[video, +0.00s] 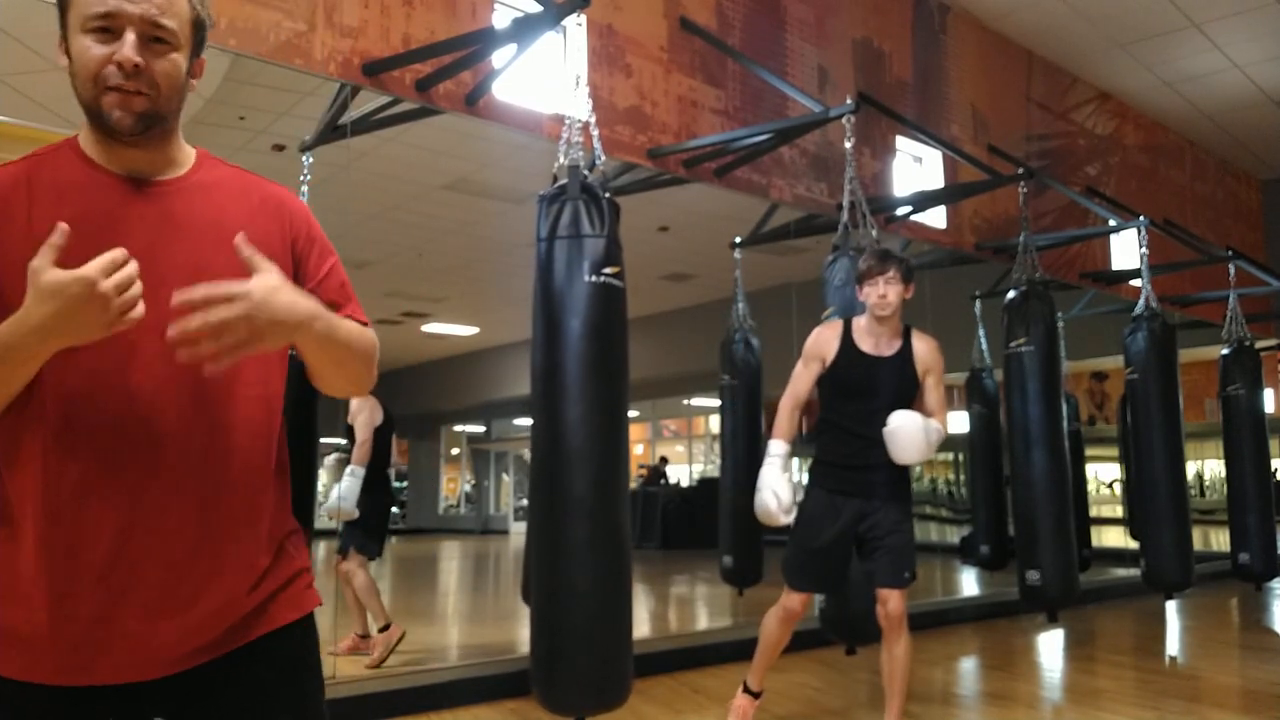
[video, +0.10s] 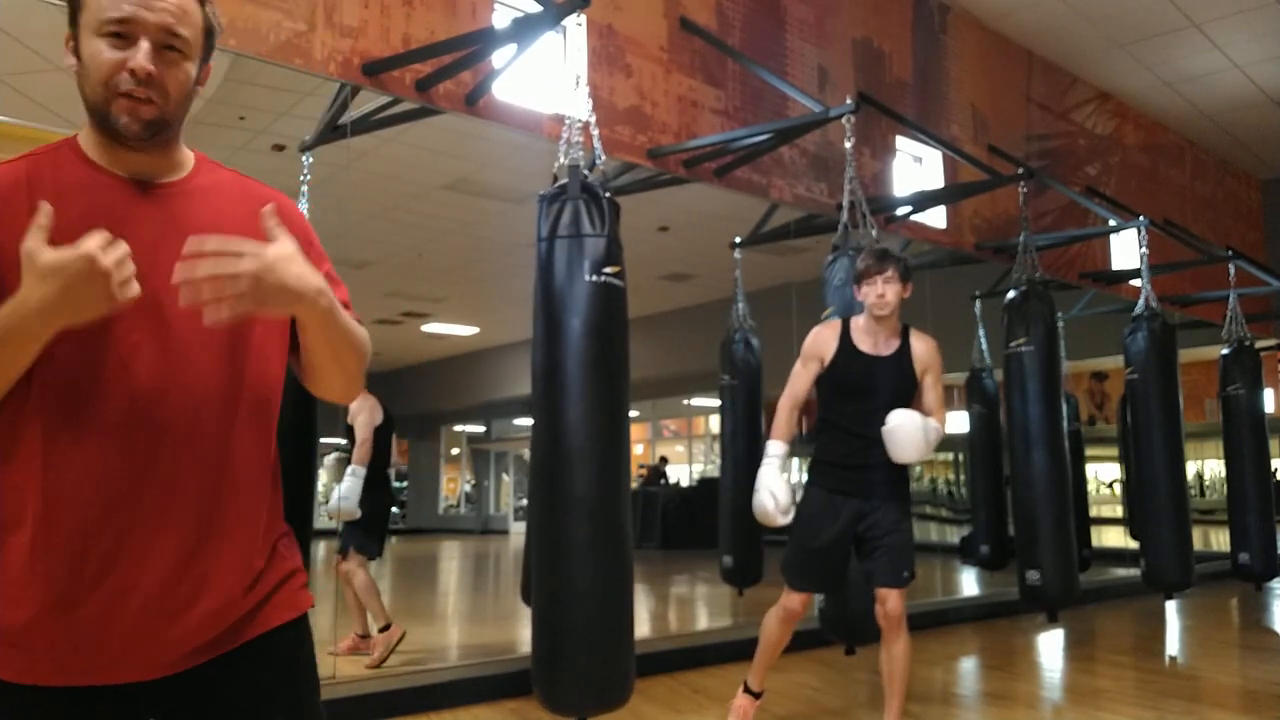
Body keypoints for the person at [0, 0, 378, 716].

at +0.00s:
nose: (128, 56)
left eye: (157, 39)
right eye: (103, 31)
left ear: (195, 70)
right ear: (64, 50)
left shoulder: (274, 213)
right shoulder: (8, 200)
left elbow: (358, 375)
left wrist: (302, 320)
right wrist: (31, 335)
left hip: (247, 634)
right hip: (44, 642)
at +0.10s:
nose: (140, 64)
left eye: (170, 47)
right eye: (117, 35)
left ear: (202, 75)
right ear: (73, 51)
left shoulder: (266, 213)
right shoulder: (8, 196)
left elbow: (343, 384)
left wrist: (310, 296)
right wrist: (34, 311)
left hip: (242, 633)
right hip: (45, 643)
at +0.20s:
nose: (152, 73)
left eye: (182, 56)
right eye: (129, 42)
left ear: (209, 80)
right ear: (81, 50)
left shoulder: (268, 219)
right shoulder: (11, 194)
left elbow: (326, 395)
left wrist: (318, 288)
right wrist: (28, 291)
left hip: (241, 633)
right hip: (44, 643)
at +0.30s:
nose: (168, 80)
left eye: (198, 61)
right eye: (145, 49)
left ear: (224, 83)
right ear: (96, 53)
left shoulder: (279, 224)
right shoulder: (15, 198)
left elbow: (323, 403)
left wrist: (325, 301)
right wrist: (39, 297)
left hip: (246, 640)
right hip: (47, 652)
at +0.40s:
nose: (188, 88)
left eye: (219, 70)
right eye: (166, 57)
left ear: (246, 91)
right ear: (118, 59)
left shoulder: (296, 232)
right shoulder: (21, 208)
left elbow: (334, 409)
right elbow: (3, 398)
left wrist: (326, 346)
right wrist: (78, 356)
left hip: (244, 652)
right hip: (51, 655)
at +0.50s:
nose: (212, 92)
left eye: (245, 74)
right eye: (192, 57)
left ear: (270, 96)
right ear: (144, 58)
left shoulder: (318, 241)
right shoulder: (34, 214)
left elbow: (365, 391)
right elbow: (2, 388)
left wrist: (350, 414)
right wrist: (106, 420)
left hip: (248, 657)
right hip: (58, 654)